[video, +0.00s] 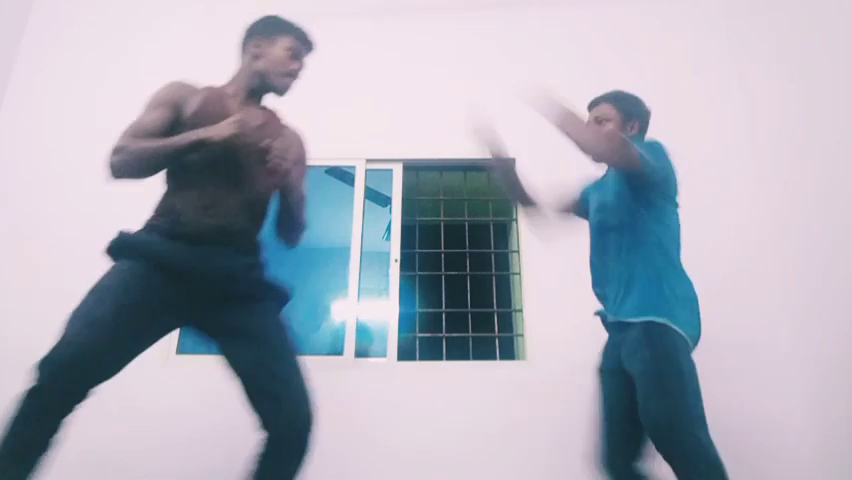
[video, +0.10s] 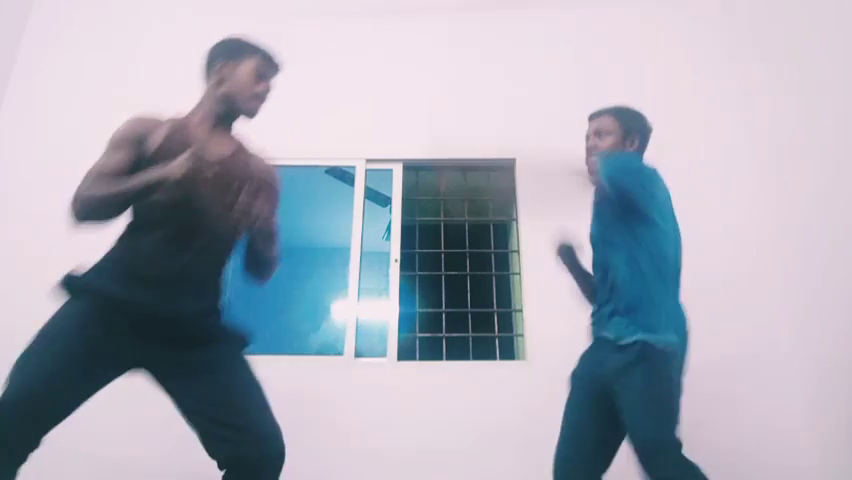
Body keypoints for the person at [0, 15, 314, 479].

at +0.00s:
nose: (298, 66)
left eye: (303, 59)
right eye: (292, 52)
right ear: (255, 49)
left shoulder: (287, 139)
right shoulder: (184, 98)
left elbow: (291, 234)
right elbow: (122, 161)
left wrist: (291, 184)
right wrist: (208, 135)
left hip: (238, 281)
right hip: (159, 267)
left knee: (292, 422)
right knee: (62, 374)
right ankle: (11, 471)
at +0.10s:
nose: (267, 88)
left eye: (270, 81)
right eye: (259, 75)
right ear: (221, 71)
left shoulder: (257, 173)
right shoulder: (146, 132)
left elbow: (261, 270)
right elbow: (84, 205)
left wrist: (261, 227)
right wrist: (165, 173)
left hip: (193, 330)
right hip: (110, 311)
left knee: (259, 455)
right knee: (12, 421)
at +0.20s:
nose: (249, 97)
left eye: (252, 90)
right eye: (240, 84)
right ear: (201, 81)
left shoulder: (243, 181)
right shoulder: (125, 142)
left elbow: (247, 282)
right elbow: (65, 227)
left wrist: (241, 251)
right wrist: (139, 194)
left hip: (183, 339)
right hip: (95, 322)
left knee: (261, 452)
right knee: (4, 417)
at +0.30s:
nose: (238, 92)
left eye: (242, 86)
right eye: (230, 79)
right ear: (190, 76)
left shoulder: (235, 173)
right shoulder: (116, 136)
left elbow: (245, 272)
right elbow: (55, 220)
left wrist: (227, 239)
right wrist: (135, 190)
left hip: (184, 334)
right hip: (95, 320)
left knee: (275, 432)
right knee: (6, 414)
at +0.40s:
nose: (231, 89)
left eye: (234, 83)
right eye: (221, 76)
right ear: (181, 75)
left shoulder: (231, 168)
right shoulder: (108, 140)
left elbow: (257, 265)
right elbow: (54, 223)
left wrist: (238, 233)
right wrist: (138, 195)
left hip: (193, 339)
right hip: (104, 330)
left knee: (284, 462)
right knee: (11, 423)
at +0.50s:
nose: (213, 101)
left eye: (215, 94)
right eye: (204, 87)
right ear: (164, 85)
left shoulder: (219, 179)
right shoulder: (93, 164)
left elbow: (265, 271)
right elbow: (52, 262)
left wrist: (273, 246)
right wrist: (120, 237)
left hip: (190, 354)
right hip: (99, 346)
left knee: (272, 473)